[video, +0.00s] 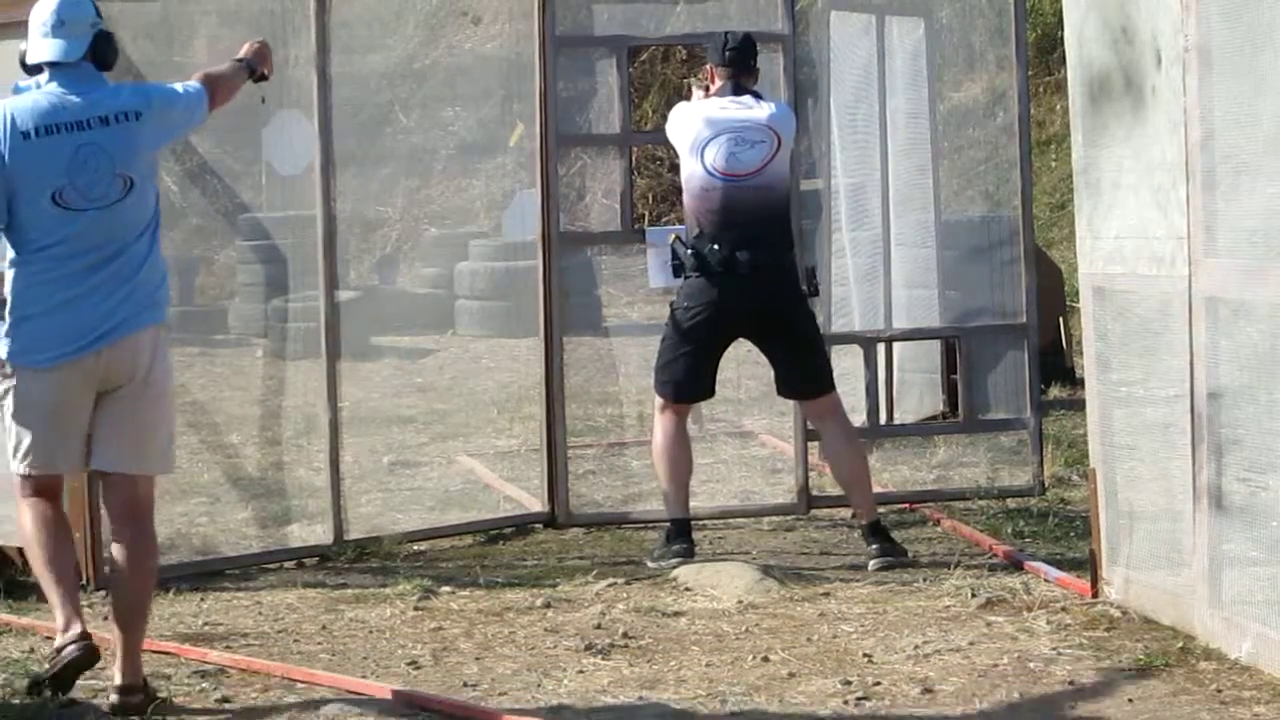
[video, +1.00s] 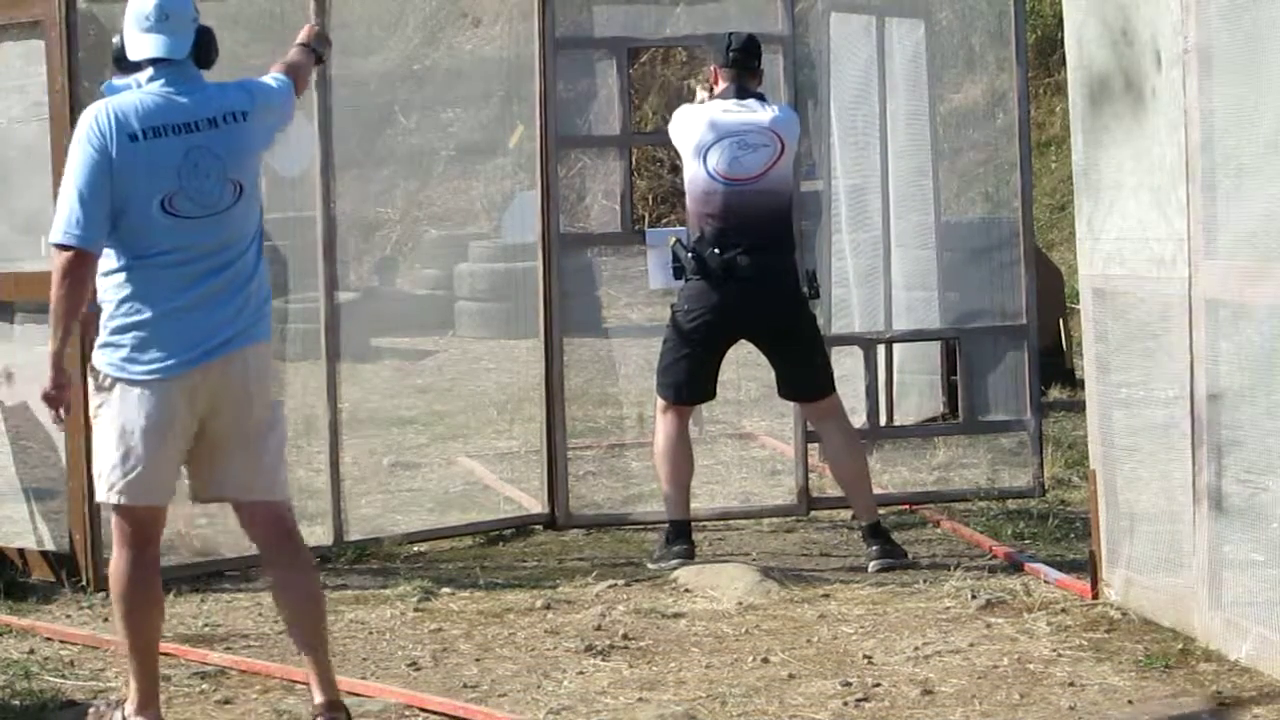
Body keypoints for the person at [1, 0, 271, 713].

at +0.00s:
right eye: (106, 48)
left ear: (33, 56)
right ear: (100, 51)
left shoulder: (8, 120)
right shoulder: (138, 108)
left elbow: (6, 227)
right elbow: (213, 89)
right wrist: (248, 62)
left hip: (41, 333)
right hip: (135, 325)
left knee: (38, 489)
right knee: (131, 506)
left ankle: (68, 629)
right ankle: (130, 677)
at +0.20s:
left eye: (42, 57)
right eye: (113, 53)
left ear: (40, 58)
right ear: (110, 53)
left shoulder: (14, 127)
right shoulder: (148, 110)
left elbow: (4, 248)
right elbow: (222, 90)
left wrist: (21, 302)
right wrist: (257, 59)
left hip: (59, 350)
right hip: (149, 337)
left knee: (82, 520)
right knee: (140, 511)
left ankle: (127, 675)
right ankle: (130, 673)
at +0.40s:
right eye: (117, 51)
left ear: (47, 60)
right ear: (118, 54)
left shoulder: (19, 135)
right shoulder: (159, 110)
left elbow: (2, 274)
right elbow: (232, 94)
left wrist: (41, 295)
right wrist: (265, 65)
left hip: (75, 356)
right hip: (165, 340)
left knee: (103, 536)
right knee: (149, 519)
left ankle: (143, 702)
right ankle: (129, 685)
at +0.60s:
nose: (52, 61)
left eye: (54, 51)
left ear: (57, 55)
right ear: (132, 47)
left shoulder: (36, 123)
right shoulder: (175, 104)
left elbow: (11, 256)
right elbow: (242, 90)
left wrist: (0, 350)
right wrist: (271, 60)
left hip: (93, 351)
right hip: (184, 331)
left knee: (112, 536)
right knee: (173, 493)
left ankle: (141, 702)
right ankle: (176, 664)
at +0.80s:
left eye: (84, 50)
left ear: (87, 52)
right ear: (162, 47)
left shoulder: (64, 120)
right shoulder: (206, 103)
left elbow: (33, 256)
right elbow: (262, 81)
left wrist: (16, 357)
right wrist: (286, 47)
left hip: (110, 356)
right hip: (206, 338)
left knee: (119, 536)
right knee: (218, 505)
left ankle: (141, 704)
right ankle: (276, 653)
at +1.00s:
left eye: (121, 59)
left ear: (124, 59)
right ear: (200, 51)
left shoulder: (105, 123)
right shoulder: (244, 105)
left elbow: (74, 262)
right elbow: (291, 77)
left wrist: (58, 365)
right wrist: (311, 43)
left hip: (145, 361)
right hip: (243, 348)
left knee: (135, 539)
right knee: (275, 529)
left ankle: (144, 703)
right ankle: (327, 694)